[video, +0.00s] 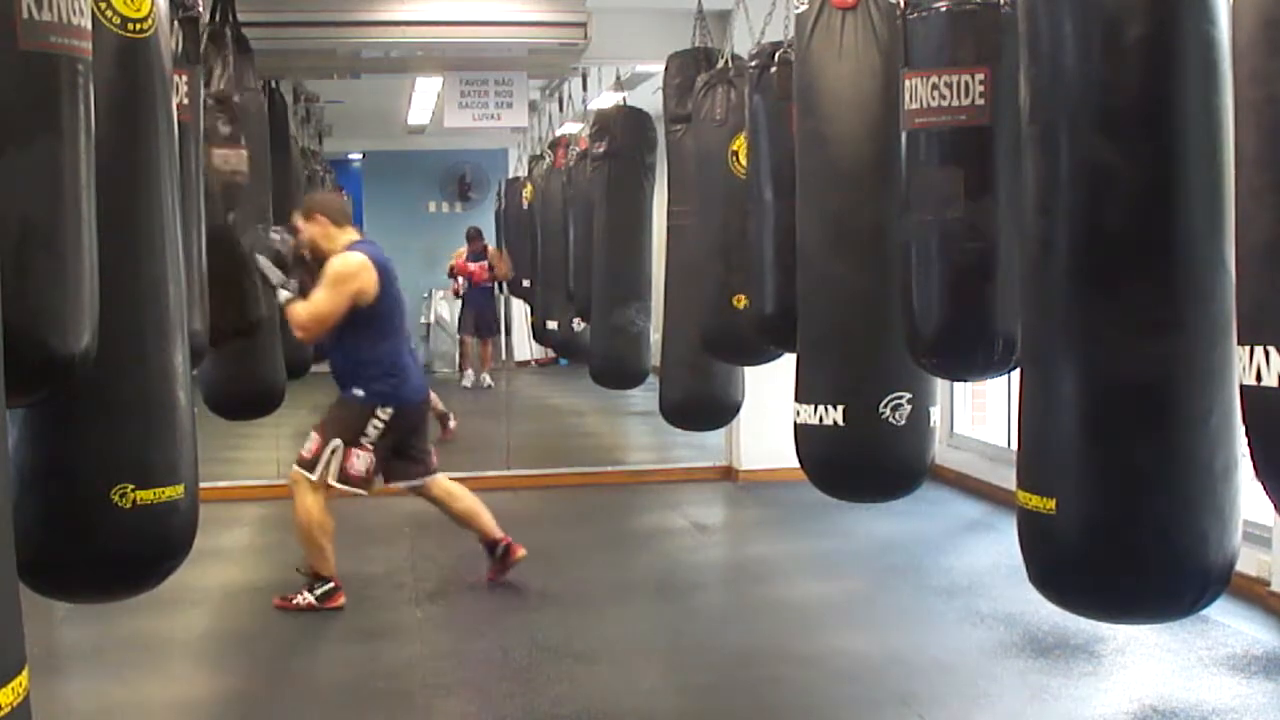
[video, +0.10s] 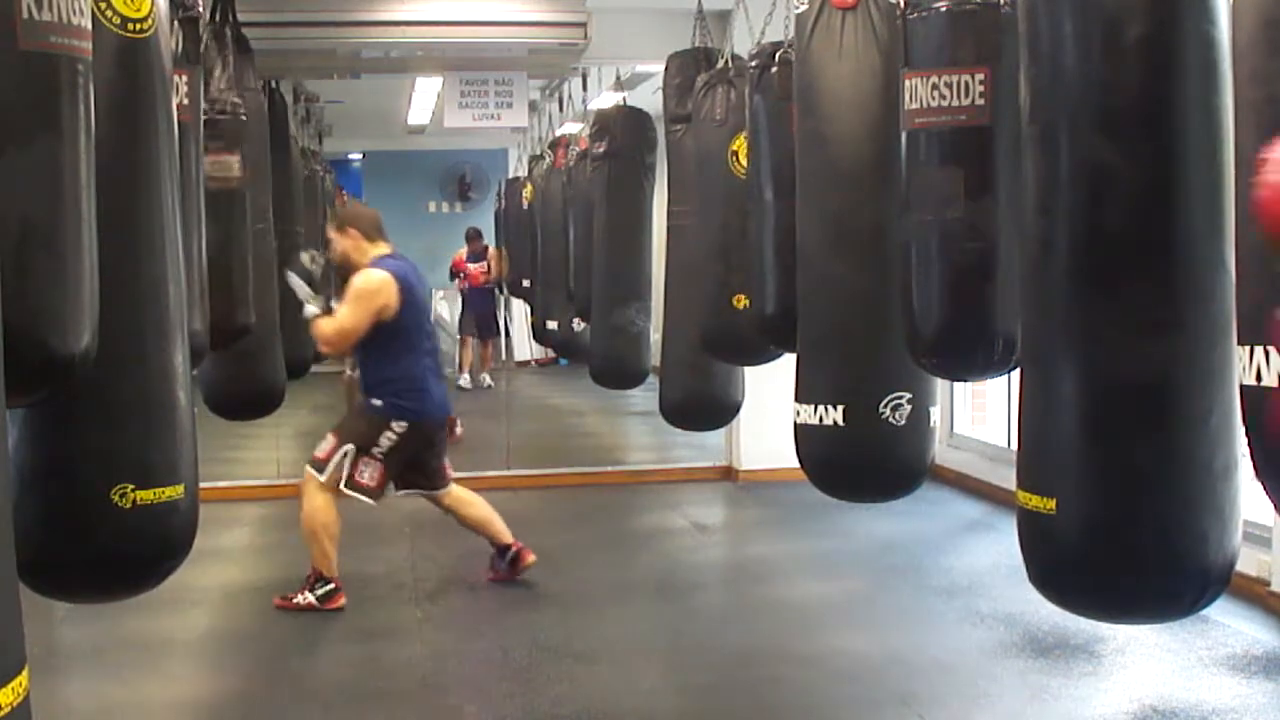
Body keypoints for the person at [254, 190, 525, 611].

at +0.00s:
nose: (300, 240)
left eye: (301, 229)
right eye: (298, 231)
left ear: (321, 222)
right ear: (339, 221)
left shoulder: (347, 264)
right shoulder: (368, 255)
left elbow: (305, 324)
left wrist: (284, 289)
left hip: (374, 396)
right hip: (406, 390)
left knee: (306, 479)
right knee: (423, 478)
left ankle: (323, 583)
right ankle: (499, 542)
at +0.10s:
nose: (331, 252)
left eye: (333, 241)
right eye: (329, 243)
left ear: (352, 236)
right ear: (367, 234)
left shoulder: (372, 279)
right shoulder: (403, 269)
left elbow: (332, 339)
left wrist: (314, 309)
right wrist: (333, 307)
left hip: (391, 408)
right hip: (428, 407)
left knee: (317, 481)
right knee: (440, 487)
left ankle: (323, 582)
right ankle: (509, 548)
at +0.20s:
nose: (362, 251)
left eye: (363, 241)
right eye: (361, 242)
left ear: (381, 236)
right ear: (399, 234)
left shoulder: (402, 278)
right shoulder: (433, 269)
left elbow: (367, 343)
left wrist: (344, 317)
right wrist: (374, 295)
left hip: (424, 404)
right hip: (459, 402)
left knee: (350, 476)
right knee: (464, 486)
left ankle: (329, 579)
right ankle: (522, 555)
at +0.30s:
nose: (383, 235)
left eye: (383, 225)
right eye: (381, 226)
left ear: (400, 218)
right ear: (417, 217)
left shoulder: (419, 257)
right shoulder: (458, 255)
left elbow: (393, 329)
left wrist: (365, 304)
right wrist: (388, 294)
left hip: (442, 387)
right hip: (481, 387)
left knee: (380, 472)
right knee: (482, 479)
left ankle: (360, 572)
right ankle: (526, 559)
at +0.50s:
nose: (411, 226)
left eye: (411, 218)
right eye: (409, 219)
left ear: (425, 210)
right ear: (452, 208)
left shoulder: (431, 242)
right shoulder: (492, 246)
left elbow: (407, 310)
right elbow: (469, 314)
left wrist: (378, 288)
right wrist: (403, 290)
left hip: (462, 379)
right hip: (507, 377)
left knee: (425, 473)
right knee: (505, 471)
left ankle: (464, 566)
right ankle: (538, 557)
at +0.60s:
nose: (419, 236)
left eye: (419, 228)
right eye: (417, 229)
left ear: (435, 221)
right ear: (459, 220)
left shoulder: (442, 255)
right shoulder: (503, 257)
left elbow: (413, 322)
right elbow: (491, 321)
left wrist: (386, 300)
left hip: (472, 390)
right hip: (517, 389)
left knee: (412, 476)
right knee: (517, 483)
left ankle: (457, 558)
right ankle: (540, 561)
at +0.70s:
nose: (418, 230)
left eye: (418, 222)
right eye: (417, 223)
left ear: (434, 214)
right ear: (458, 213)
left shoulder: (441, 249)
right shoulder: (505, 249)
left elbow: (429, 321)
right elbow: (506, 310)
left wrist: (403, 307)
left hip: (471, 377)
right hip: (517, 379)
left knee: (400, 452)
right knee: (514, 472)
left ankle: (431, 547)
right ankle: (539, 559)